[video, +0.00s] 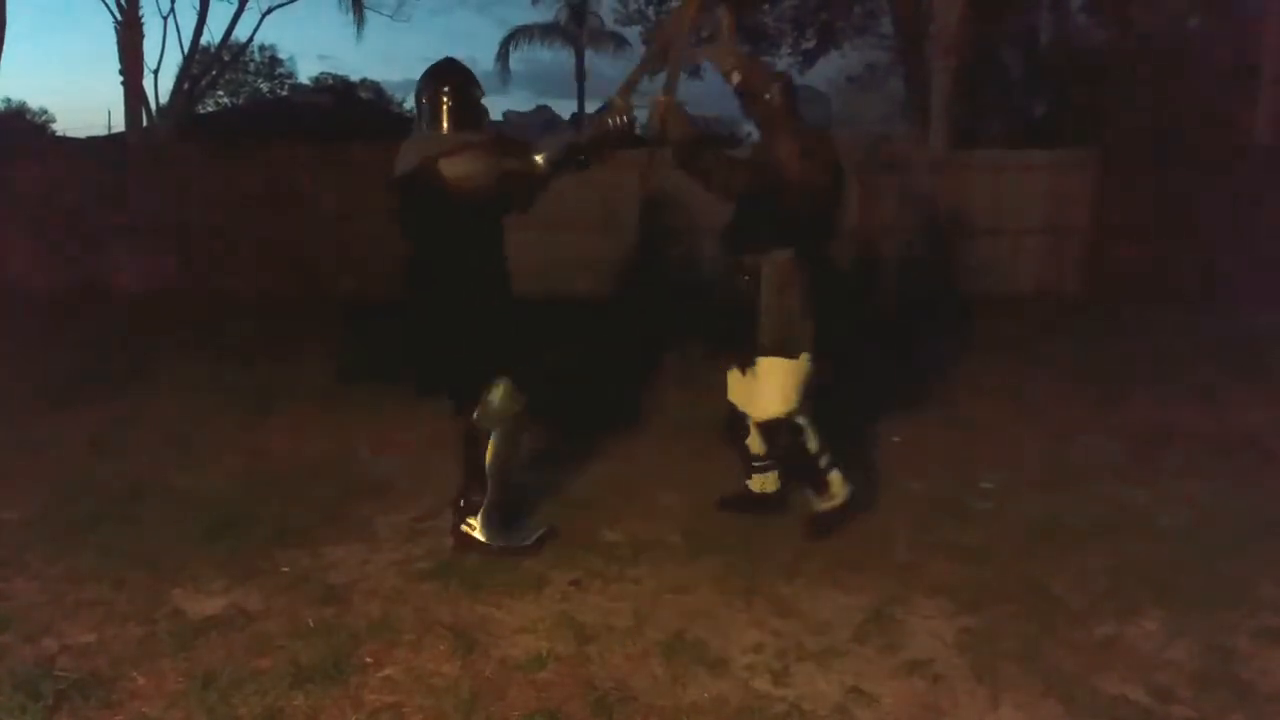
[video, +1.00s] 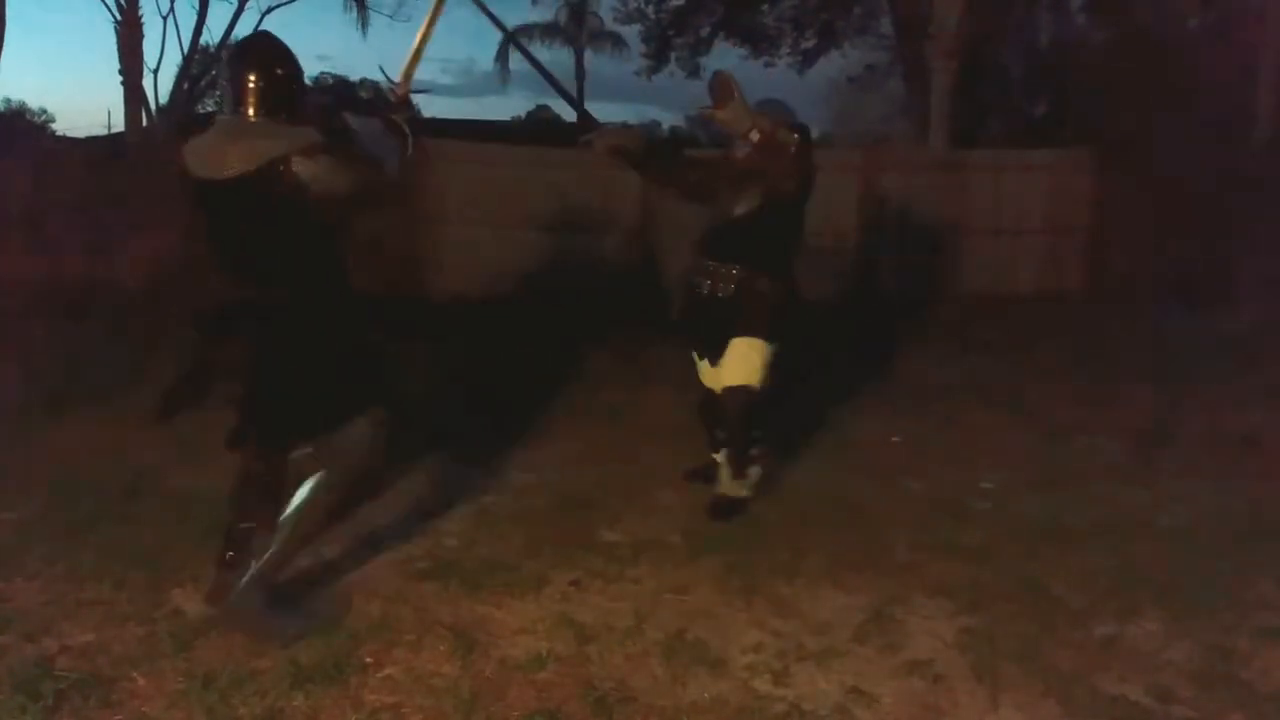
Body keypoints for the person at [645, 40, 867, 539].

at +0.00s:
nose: (759, 108)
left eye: (767, 98)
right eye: (754, 101)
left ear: (786, 100)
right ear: (752, 108)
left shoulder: (808, 150)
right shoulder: (762, 159)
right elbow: (719, 174)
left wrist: (734, 66)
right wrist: (681, 136)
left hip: (790, 277)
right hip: (749, 276)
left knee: (776, 397)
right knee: (746, 391)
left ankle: (832, 492)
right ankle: (762, 487)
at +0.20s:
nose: (769, 115)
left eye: (774, 105)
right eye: (770, 107)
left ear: (794, 107)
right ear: (782, 113)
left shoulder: (824, 161)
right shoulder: (787, 164)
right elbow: (742, 186)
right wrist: (692, 141)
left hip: (809, 280)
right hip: (767, 280)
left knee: (802, 401)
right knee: (744, 390)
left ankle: (847, 506)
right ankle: (763, 488)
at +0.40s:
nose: (793, 122)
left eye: (801, 113)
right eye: (790, 116)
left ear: (821, 116)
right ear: (794, 124)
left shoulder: (839, 168)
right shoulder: (794, 172)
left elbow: (809, 133)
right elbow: (743, 186)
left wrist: (769, 98)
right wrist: (691, 149)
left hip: (821, 290)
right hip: (776, 289)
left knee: (807, 410)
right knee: (724, 378)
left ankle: (850, 508)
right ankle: (754, 463)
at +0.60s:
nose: (782, 128)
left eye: (793, 122)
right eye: (781, 122)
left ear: (815, 129)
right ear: (788, 131)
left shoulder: (824, 174)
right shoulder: (780, 175)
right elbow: (729, 187)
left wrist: (766, 100)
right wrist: (672, 163)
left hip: (794, 287)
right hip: (751, 284)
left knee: (799, 403)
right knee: (734, 385)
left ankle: (849, 505)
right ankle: (727, 461)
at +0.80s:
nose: (762, 136)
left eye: (773, 130)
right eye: (761, 129)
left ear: (796, 138)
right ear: (760, 135)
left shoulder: (802, 178)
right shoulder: (744, 174)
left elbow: (779, 154)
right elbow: (701, 174)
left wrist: (742, 123)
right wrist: (654, 157)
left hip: (777, 291)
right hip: (729, 286)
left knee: (769, 389)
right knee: (718, 380)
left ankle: (819, 488)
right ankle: (727, 459)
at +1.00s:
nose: (743, 145)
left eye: (760, 138)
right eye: (741, 138)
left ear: (783, 140)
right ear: (736, 140)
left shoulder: (790, 179)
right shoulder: (726, 173)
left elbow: (791, 152)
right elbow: (682, 174)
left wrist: (748, 125)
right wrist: (636, 152)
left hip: (757, 292)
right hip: (712, 288)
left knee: (738, 390)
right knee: (712, 386)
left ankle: (736, 484)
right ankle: (721, 457)